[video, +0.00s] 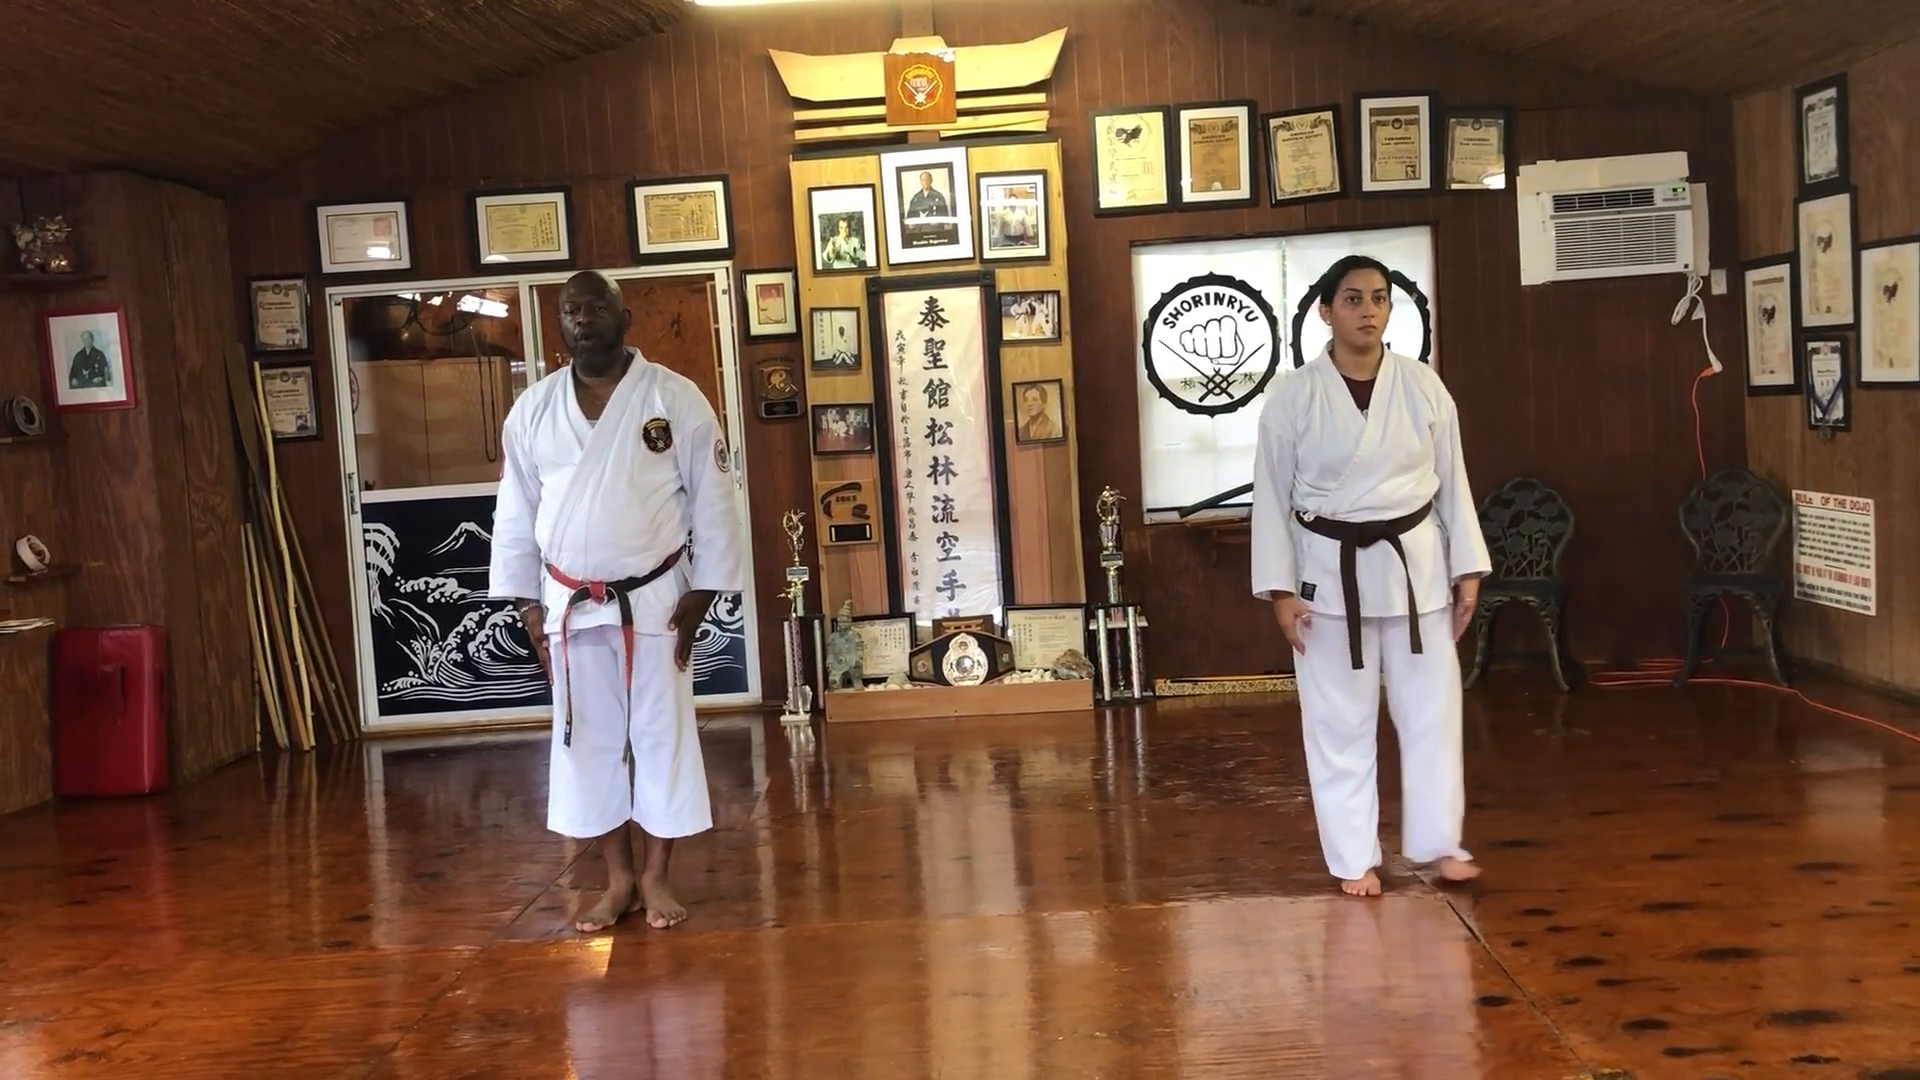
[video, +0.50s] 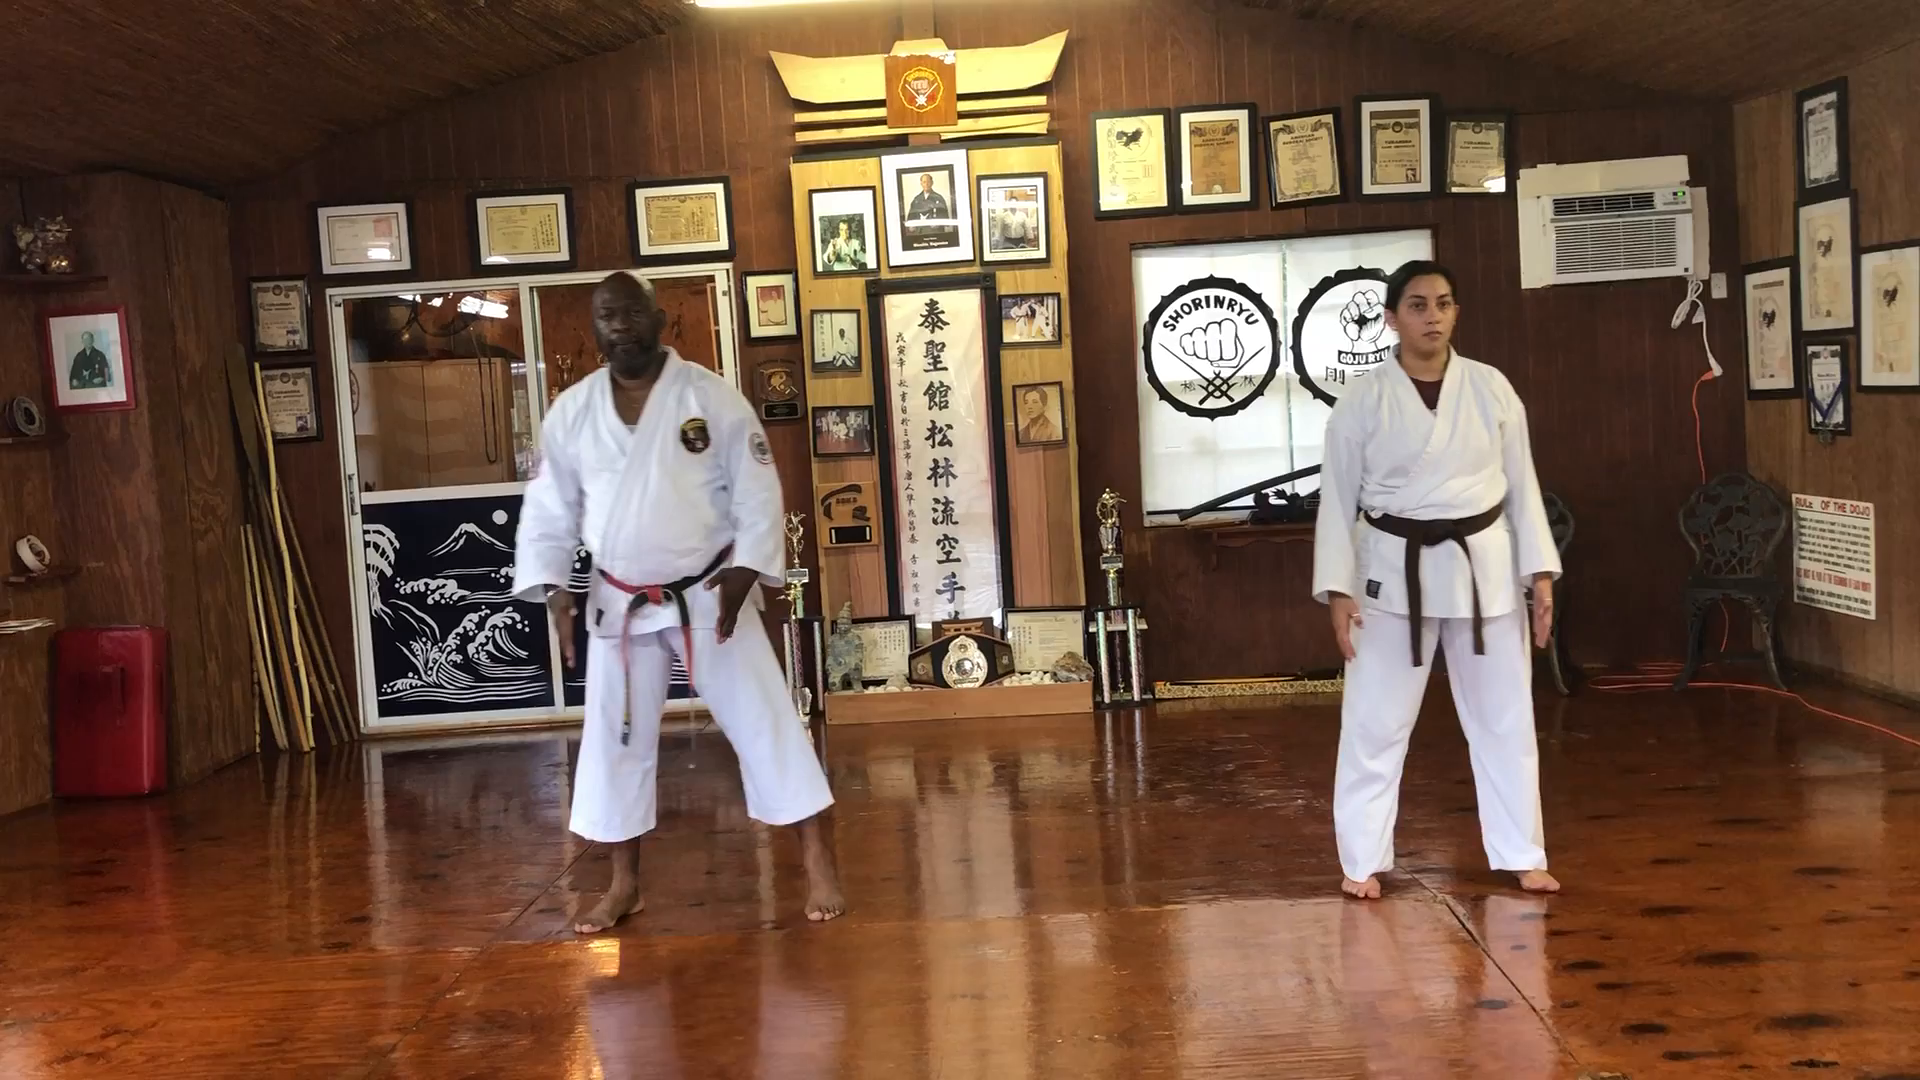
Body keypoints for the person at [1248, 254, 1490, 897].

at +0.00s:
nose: (1368, 311)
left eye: (1379, 299)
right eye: (1353, 299)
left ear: (1391, 311)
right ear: (1326, 311)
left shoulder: (1422, 384)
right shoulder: (1291, 394)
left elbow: (1452, 482)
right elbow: (1271, 495)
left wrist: (1468, 566)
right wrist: (1280, 586)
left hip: (1417, 562)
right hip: (1328, 568)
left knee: (1433, 711)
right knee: (1341, 721)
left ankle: (1440, 846)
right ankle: (1354, 861)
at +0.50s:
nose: (1433, 315)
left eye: (1443, 303)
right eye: (1417, 304)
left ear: (1457, 314)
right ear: (1393, 318)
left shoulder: (1492, 388)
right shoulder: (1361, 397)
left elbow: (1522, 488)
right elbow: (1337, 498)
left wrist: (1539, 574)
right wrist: (1338, 586)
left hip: (1486, 570)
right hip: (1391, 573)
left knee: (1505, 721)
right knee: (1375, 725)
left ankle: (1522, 857)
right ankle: (1363, 863)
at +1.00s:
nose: (1448, 330)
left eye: (1458, 318)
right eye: (1434, 318)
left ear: (1471, 328)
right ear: (1407, 328)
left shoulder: (1501, 404)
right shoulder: (1371, 409)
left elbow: (1532, 498)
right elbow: (1349, 505)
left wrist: (1551, 582)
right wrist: (1352, 588)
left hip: (1493, 582)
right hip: (1399, 582)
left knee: (1505, 736)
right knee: (1381, 736)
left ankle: (1520, 870)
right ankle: (1360, 875)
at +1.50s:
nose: (1442, 351)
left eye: (1452, 338)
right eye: (1427, 338)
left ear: (1465, 347)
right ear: (1402, 349)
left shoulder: (1497, 426)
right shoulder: (1365, 432)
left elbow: (1525, 521)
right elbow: (1343, 525)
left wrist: (1541, 605)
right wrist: (1347, 609)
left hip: (1487, 604)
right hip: (1393, 605)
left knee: (1500, 758)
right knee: (1377, 758)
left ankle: (1516, 891)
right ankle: (1359, 895)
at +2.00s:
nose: (1439, 356)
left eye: (1449, 344)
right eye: (1424, 343)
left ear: (1462, 353)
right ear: (1398, 353)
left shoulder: (1494, 429)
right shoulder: (1362, 437)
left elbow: (1522, 526)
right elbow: (1341, 531)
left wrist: (1536, 611)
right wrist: (1345, 615)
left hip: (1485, 611)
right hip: (1391, 612)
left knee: (1499, 764)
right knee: (1376, 765)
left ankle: (1514, 896)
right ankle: (1358, 901)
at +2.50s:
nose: (1434, 349)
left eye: (1445, 337)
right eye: (1420, 337)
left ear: (1456, 347)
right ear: (1393, 347)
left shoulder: (1490, 422)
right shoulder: (1358, 429)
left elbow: (1519, 519)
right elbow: (1336, 525)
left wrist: (1533, 603)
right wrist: (1341, 609)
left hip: (1481, 604)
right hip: (1387, 605)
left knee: (1495, 757)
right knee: (1373, 758)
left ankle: (1511, 889)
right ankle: (1357, 894)